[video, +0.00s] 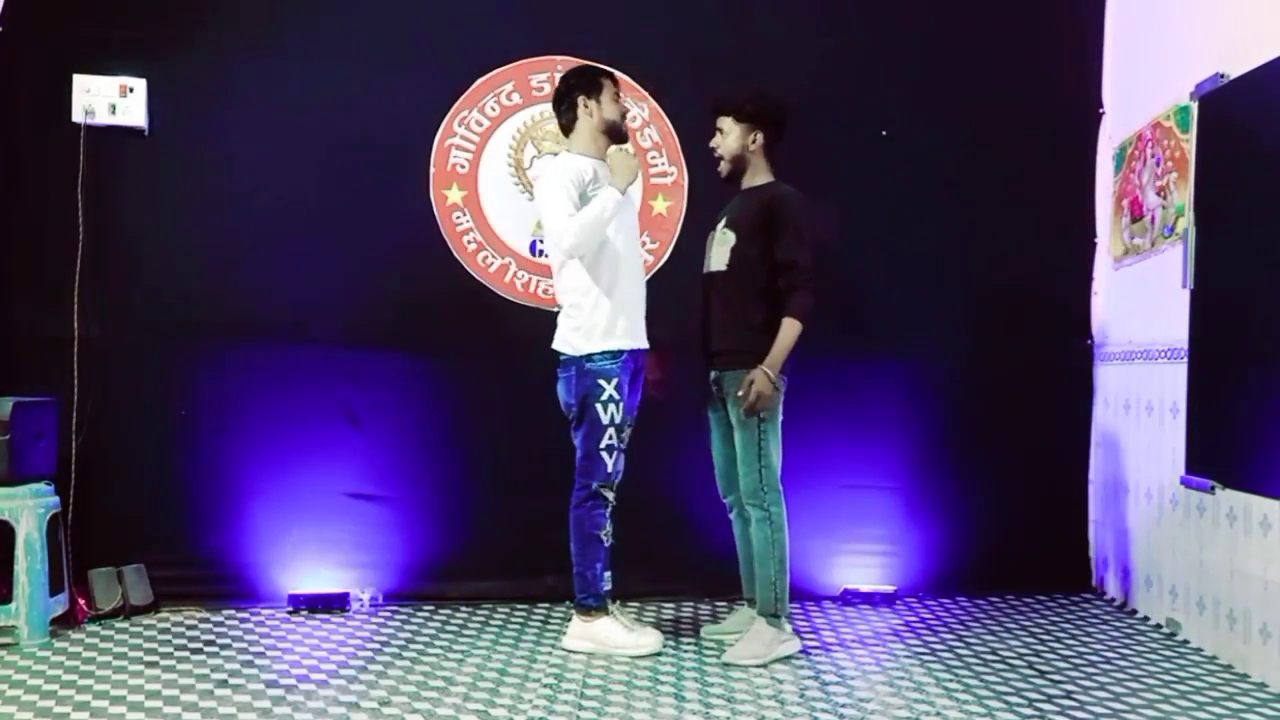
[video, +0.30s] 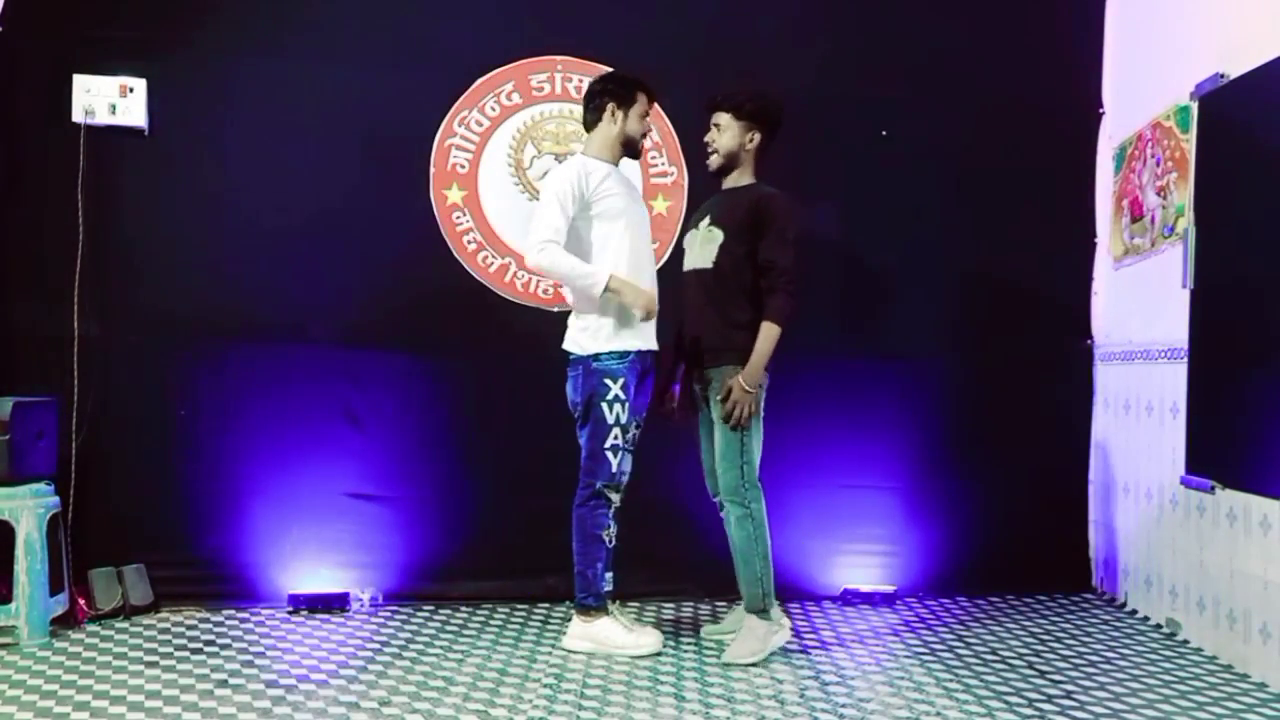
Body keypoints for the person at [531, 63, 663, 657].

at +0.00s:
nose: (624, 109)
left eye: (622, 100)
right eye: (616, 99)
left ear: (587, 107)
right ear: (585, 106)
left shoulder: (605, 172)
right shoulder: (558, 170)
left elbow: (614, 262)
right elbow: (568, 243)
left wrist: (636, 343)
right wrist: (617, 187)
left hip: (619, 350)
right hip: (592, 352)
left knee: (604, 484)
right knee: (595, 484)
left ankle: (600, 610)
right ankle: (588, 616)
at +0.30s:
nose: (647, 126)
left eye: (648, 117)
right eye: (642, 115)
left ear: (618, 114)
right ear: (612, 111)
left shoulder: (624, 180)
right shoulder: (573, 173)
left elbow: (624, 264)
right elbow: (542, 252)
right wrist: (615, 285)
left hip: (630, 356)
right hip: (600, 357)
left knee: (610, 484)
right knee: (600, 485)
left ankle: (601, 608)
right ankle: (587, 617)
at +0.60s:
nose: (665, 133)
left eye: (666, 123)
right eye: (657, 122)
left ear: (632, 121)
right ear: (623, 119)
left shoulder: (642, 188)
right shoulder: (576, 172)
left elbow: (651, 260)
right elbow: (517, 239)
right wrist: (565, 297)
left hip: (636, 349)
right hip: (595, 348)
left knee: (615, 477)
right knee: (617, 475)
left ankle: (599, 608)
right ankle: (594, 612)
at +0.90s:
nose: (624, 118)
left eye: (630, 108)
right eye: (612, 109)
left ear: (637, 115)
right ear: (586, 114)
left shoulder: (650, 186)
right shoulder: (553, 174)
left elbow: (672, 254)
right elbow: (500, 242)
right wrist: (525, 290)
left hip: (621, 346)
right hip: (562, 337)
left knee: (606, 474)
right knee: (538, 457)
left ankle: (598, 607)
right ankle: (494, 596)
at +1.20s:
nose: (556, 134)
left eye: (565, 124)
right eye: (545, 124)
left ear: (578, 131)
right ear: (524, 133)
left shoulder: (597, 199)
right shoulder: (494, 194)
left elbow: (615, 259)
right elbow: (439, 254)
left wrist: (601, 312)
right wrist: (455, 315)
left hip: (569, 370)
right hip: (497, 368)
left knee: (620, 482)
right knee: (436, 483)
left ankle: (604, 606)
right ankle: (377, 606)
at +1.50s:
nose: (485, 248)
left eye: (493, 236)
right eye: (475, 238)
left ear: (507, 227)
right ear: (451, 229)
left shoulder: (534, 267)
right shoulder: (426, 272)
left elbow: (553, 358)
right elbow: (392, 357)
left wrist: (550, 444)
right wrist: (365, 438)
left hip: (525, 400)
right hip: (453, 400)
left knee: (589, 489)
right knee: (387, 489)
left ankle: (614, 609)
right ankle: (374, 612)